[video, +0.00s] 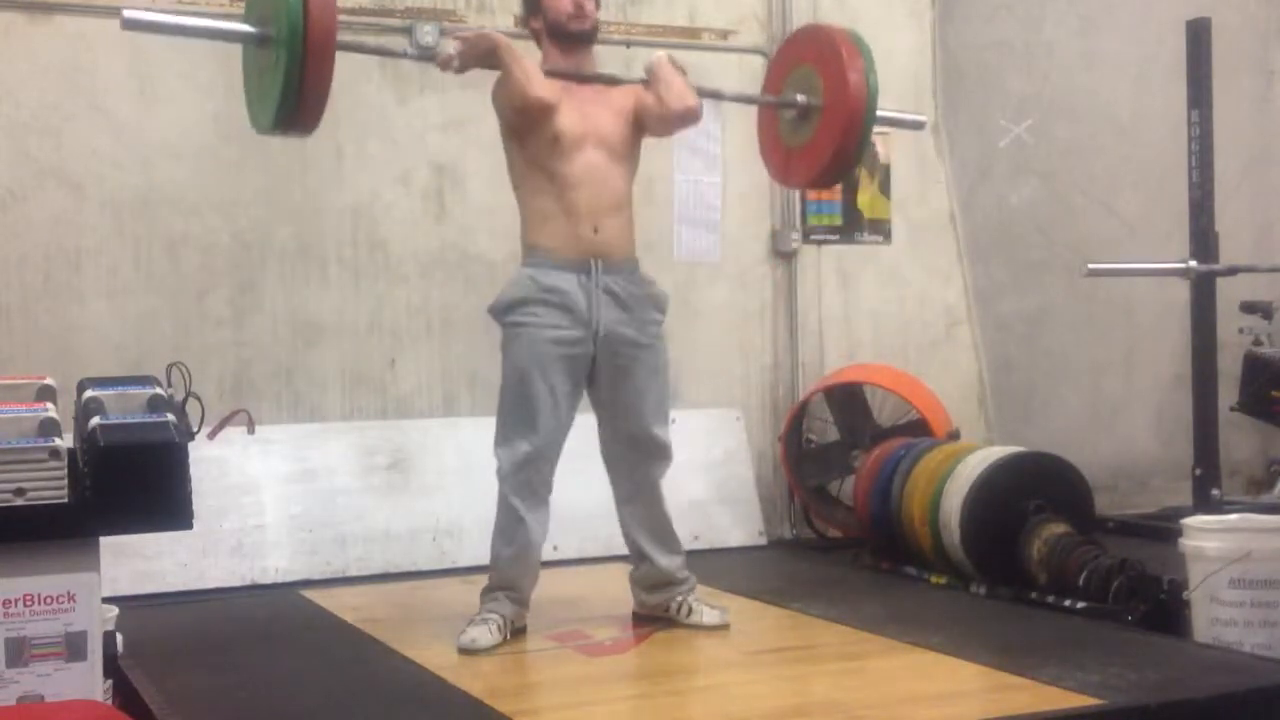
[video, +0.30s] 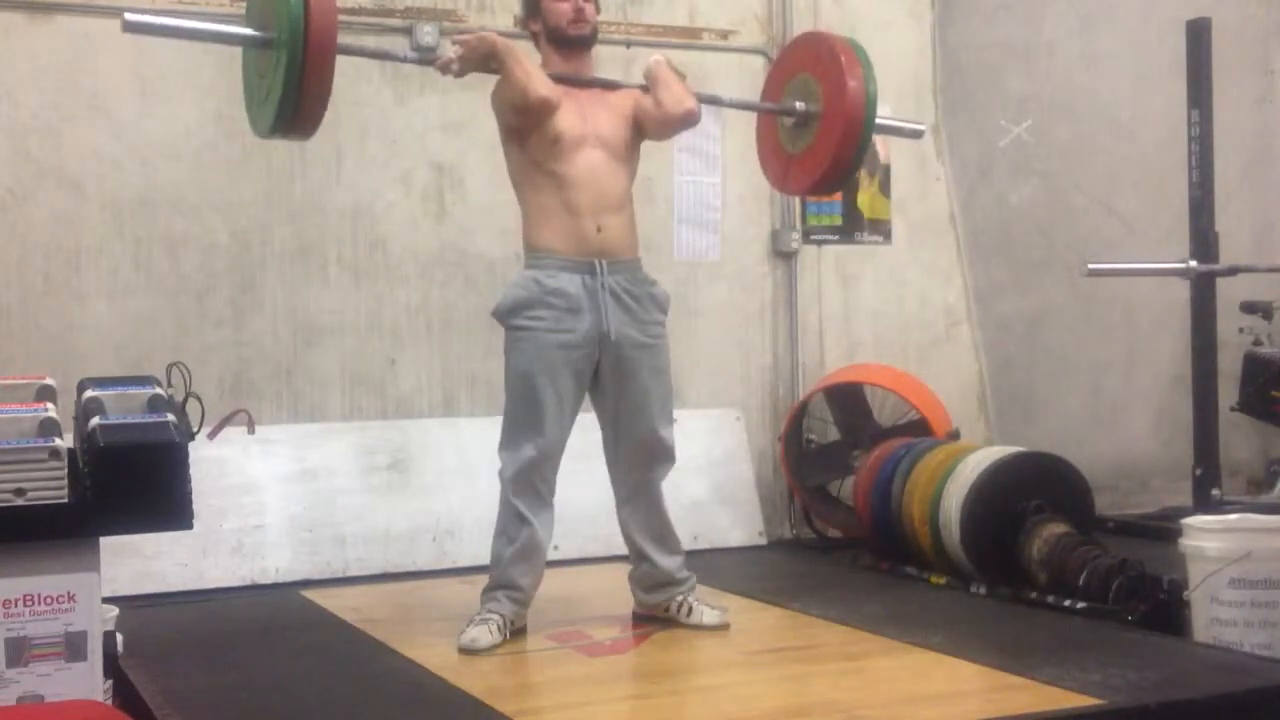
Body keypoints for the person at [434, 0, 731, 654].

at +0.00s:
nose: (581, 5)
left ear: (599, 15)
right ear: (537, 14)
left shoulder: (630, 95)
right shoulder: (524, 91)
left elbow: (683, 109)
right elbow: (531, 100)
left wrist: (660, 62)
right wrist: (501, 49)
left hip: (628, 290)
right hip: (547, 288)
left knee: (644, 447)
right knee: (527, 452)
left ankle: (661, 590)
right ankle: (504, 602)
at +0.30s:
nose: (580, 6)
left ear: (597, 17)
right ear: (536, 19)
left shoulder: (628, 100)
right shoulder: (522, 97)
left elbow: (682, 110)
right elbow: (535, 100)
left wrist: (657, 64)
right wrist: (504, 48)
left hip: (632, 291)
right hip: (550, 291)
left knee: (648, 447)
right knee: (531, 455)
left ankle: (661, 590)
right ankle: (504, 601)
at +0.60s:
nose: (583, 8)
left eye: (590, 1)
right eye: (566, 1)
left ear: (599, 19)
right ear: (538, 19)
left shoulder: (629, 102)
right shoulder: (522, 98)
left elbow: (685, 110)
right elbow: (538, 100)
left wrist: (656, 62)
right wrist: (506, 48)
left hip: (632, 293)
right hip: (550, 291)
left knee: (647, 449)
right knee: (530, 455)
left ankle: (661, 591)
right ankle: (504, 602)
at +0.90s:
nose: (585, 8)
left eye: (592, 2)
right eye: (568, 1)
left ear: (600, 21)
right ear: (539, 19)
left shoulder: (630, 103)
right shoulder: (525, 99)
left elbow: (685, 113)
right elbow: (539, 104)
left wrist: (658, 63)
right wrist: (506, 50)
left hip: (632, 293)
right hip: (550, 292)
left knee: (647, 450)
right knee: (530, 456)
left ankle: (661, 591)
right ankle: (504, 603)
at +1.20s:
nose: (588, 23)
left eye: (596, 14)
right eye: (573, 12)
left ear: (604, 32)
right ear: (543, 31)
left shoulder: (631, 113)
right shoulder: (522, 108)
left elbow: (685, 130)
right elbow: (539, 111)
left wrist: (664, 80)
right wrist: (506, 59)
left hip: (624, 312)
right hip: (541, 310)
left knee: (666, 445)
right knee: (520, 448)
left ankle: (662, 590)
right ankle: (504, 602)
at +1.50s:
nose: (592, 111)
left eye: (600, 105)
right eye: (576, 104)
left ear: (610, 123)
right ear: (548, 125)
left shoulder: (634, 208)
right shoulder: (526, 200)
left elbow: (687, 232)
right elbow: (543, 229)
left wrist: (667, 179)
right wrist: (508, 168)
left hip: (616, 384)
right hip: (532, 383)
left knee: (698, 464)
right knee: (507, 479)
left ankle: (662, 596)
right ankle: (502, 608)